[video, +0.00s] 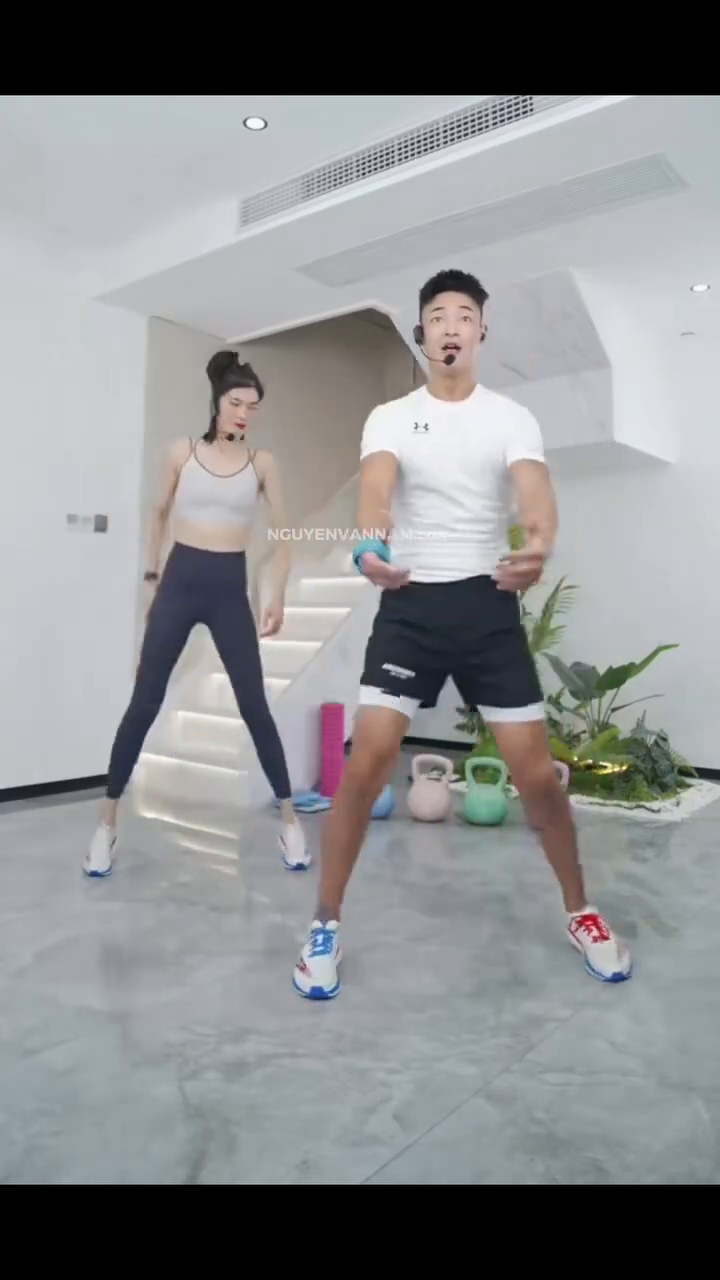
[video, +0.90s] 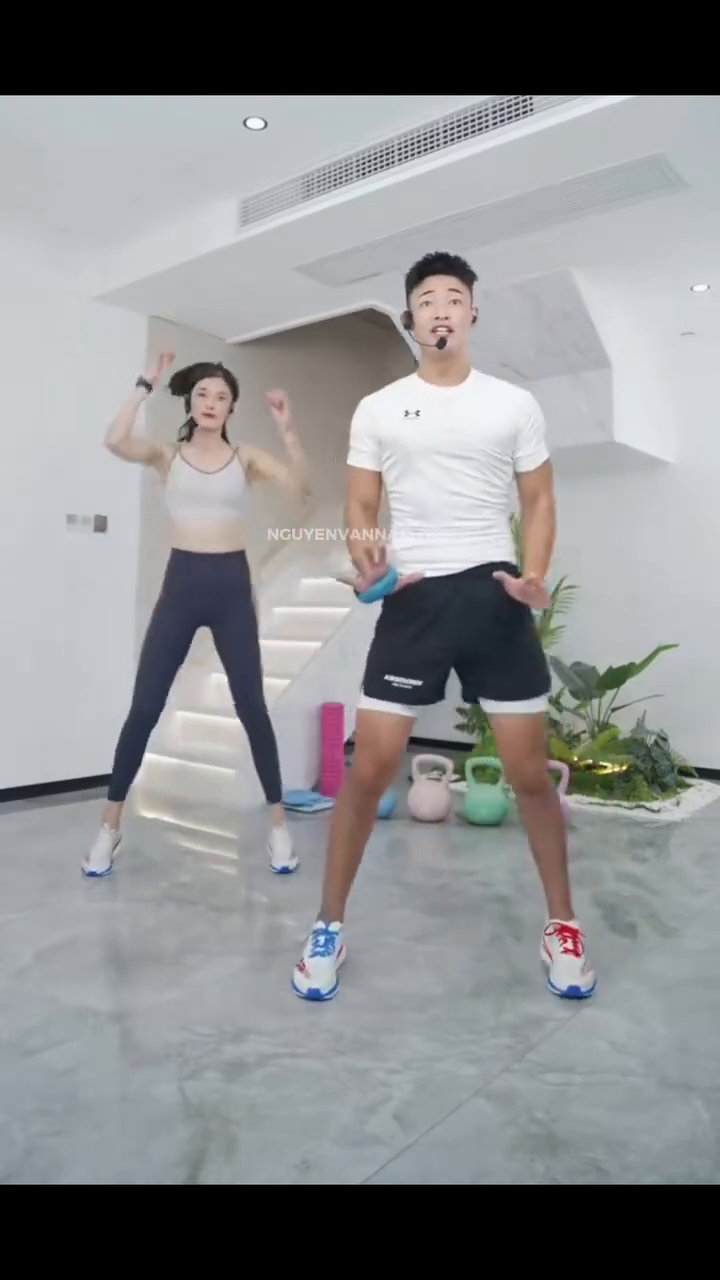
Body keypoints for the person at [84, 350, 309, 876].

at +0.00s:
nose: (243, 415)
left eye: (251, 407)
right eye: (236, 404)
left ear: (257, 412)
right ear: (217, 404)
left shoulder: (262, 463)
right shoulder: (182, 453)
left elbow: (283, 535)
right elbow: (162, 516)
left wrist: (277, 596)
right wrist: (152, 579)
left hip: (231, 588)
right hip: (179, 583)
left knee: (254, 706)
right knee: (145, 701)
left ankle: (290, 818)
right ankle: (108, 817)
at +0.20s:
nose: (192, 419)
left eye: (201, 412)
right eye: (184, 410)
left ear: (213, 423)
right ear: (169, 417)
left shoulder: (223, 485)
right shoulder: (140, 471)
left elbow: (241, 556)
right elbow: (110, 538)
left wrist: (262, 622)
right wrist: (80, 604)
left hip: (186, 607)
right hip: (132, 601)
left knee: (233, 710)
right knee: (113, 718)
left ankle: (258, 806)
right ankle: (107, 830)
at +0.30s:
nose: (182, 408)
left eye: (190, 401)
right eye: (174, 400)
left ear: (202, 412)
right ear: (159, 408)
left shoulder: (216, 471)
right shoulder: (132, 461)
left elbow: (225, 548)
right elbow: (104, 529)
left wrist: (245, 616)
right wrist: (76, 588)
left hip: (181, 596)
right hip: (128, 591)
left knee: (198, 703)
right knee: (114, 710)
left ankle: (198, 787)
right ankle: (106, 828)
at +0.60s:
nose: (175, 408)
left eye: (184, 403)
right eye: (167, 401)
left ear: (196, 416)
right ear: (152, 411)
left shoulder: (211, 474)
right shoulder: (127, 464)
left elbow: (221, 547)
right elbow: (106, 542)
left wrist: (230, 609)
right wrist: (110, 514)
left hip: (180, 600)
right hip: (128, 594)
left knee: (197, 705)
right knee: (114, 715)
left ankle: (173, 801)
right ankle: (108, 829)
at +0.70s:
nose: (183, 406)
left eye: (192, 401)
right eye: (176, 398)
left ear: (204, 413)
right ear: (161, 407)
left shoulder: (216, 471)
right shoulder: (135, 462)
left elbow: (237, 533)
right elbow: (103, 527)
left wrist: (254, 561)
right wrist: (112, 497)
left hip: (189, 597)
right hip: (138, 592)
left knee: (229, 699)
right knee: (119, 715)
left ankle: (226, 793)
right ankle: (108, 828)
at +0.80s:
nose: (198, 395)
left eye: (207, 390)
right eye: (189, 388)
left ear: (217, 402)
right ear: (173, 397)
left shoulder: (228, 456)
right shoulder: (151, 448)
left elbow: (266, 517)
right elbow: (109, 482)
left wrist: (275, 493)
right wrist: (125, 421)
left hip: (208, 584)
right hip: (155, 582)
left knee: (237, 702)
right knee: (132, 705)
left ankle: (270, 814)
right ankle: (109, 824)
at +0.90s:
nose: (212, 402)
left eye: (221, 397)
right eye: (204, 394)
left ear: (232, 408)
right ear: (187, 403)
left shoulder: (245, 456)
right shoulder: (167, 454)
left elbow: (299, 485)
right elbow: (117, 441)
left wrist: (287, 428)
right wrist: (145, 383)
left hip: (233, 587)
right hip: (181, 586)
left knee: (251, 707)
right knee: (145, 708)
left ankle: (279, 822)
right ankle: (111, 824)